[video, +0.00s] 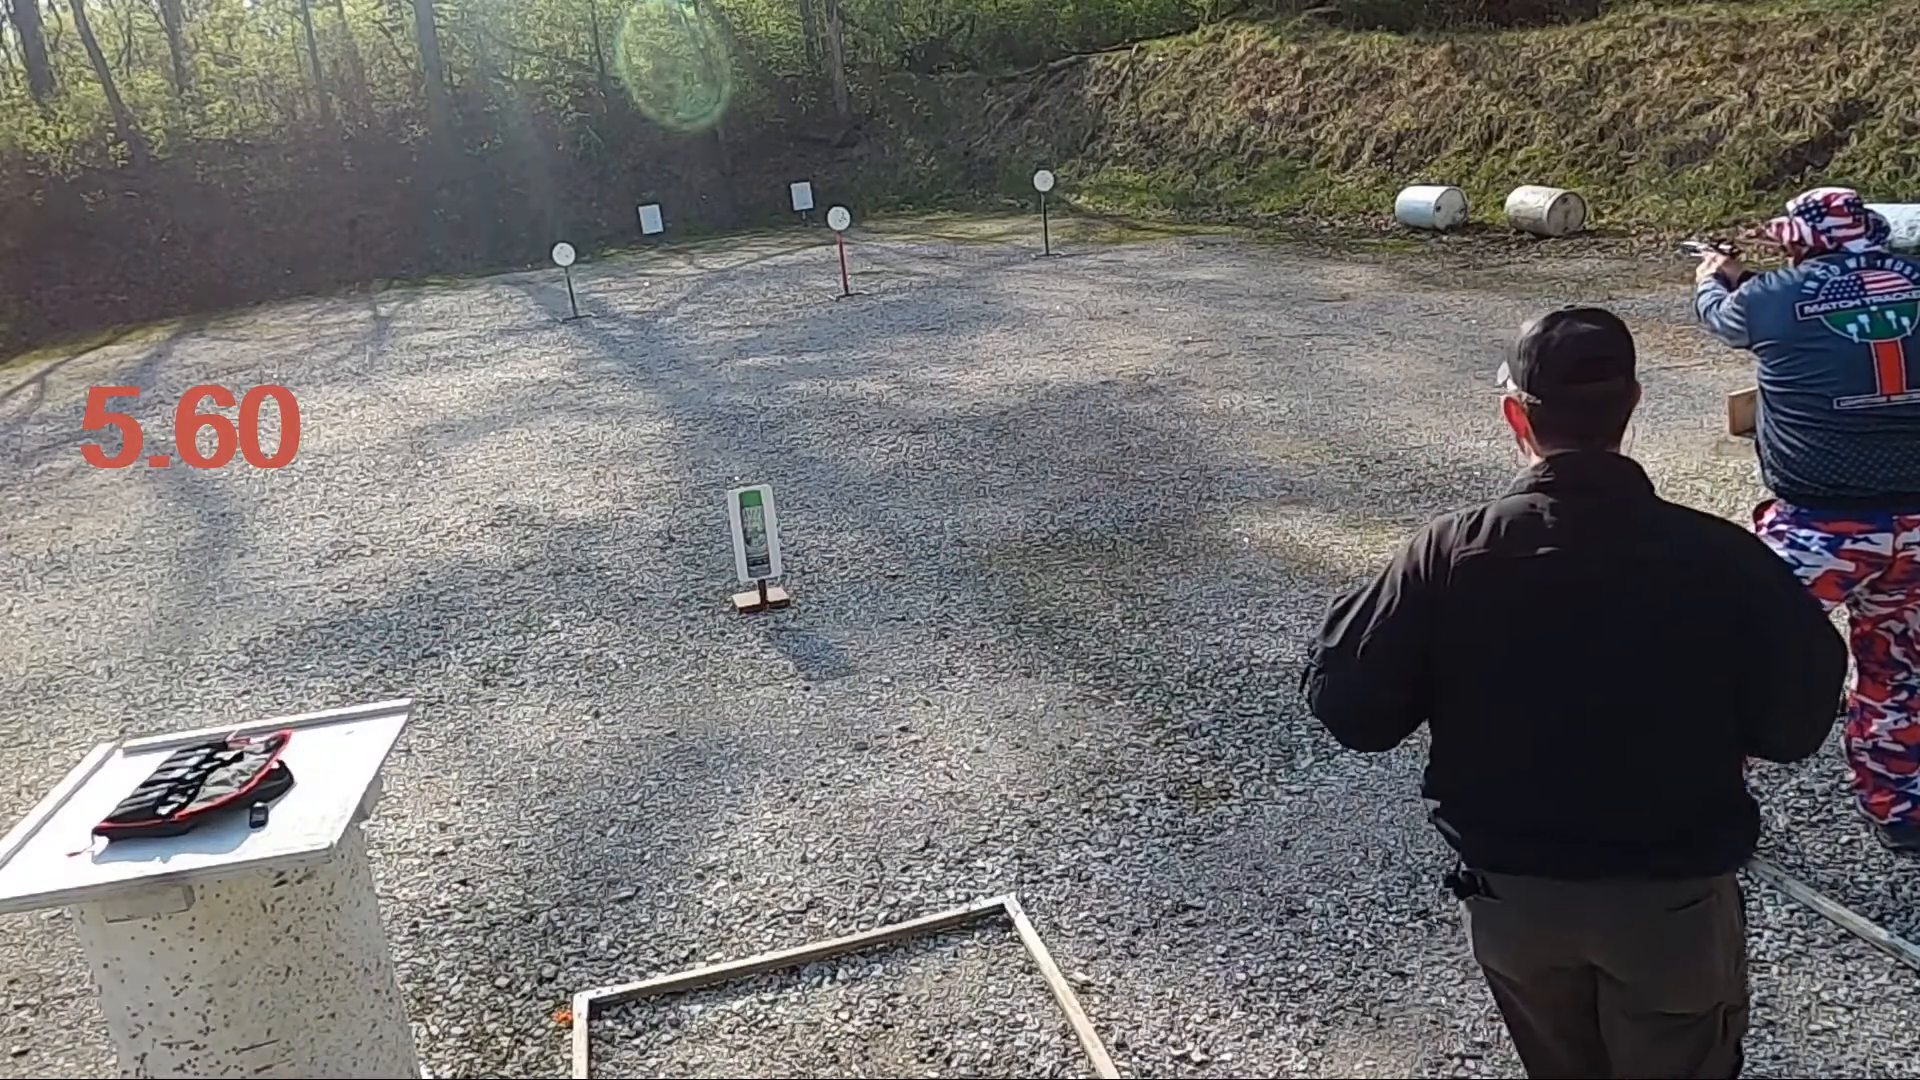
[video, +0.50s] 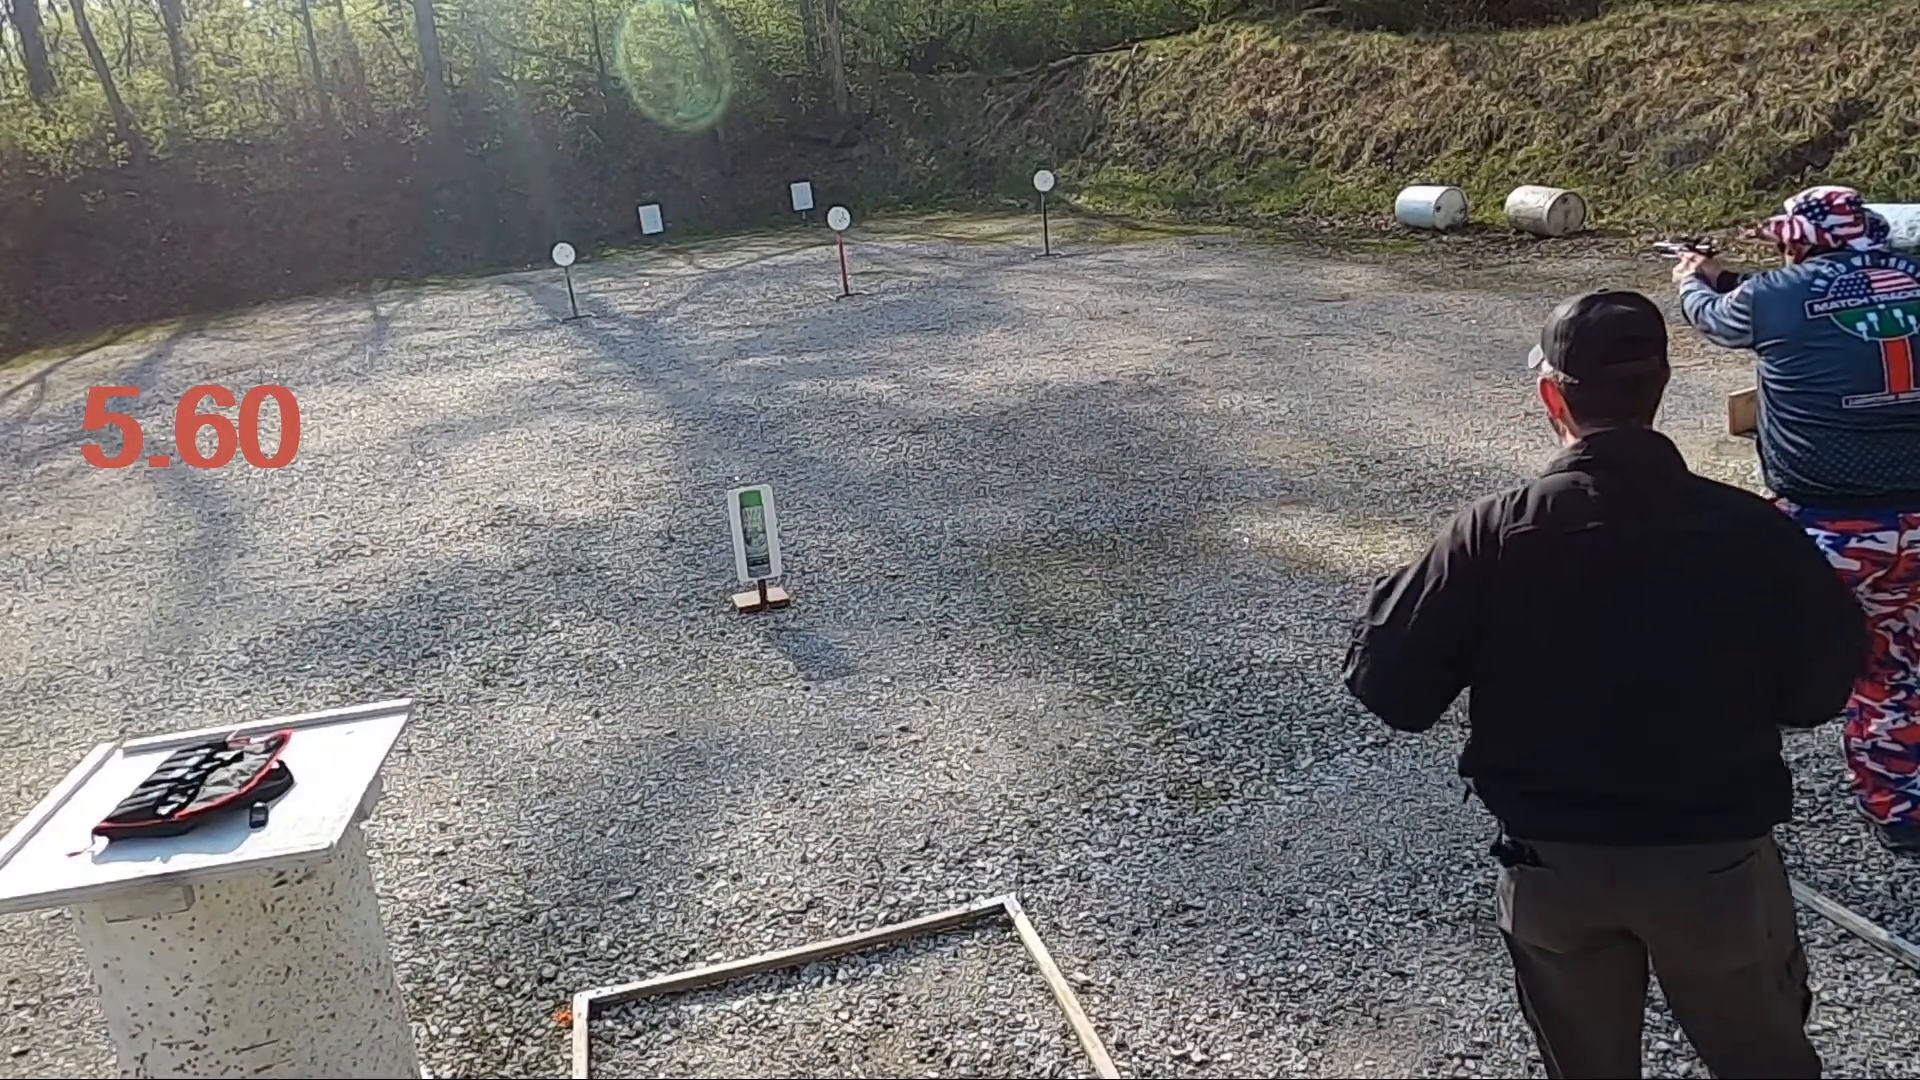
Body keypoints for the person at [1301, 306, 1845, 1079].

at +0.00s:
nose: (1509, 409)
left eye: (1509, 399)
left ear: (1518, 418)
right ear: (1632, 405)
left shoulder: (1449, 560)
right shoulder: (1727, 561)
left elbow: (1348, 704)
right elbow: (1800, 721)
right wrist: (1699, 682)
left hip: (1516, 914)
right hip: (1675, 917)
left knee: (1561, 1070)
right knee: (1679, 1068)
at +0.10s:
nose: (1510, 407)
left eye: (1513, 395)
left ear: (1522, 412)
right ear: (1633, 400)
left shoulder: (1454, 552)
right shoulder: (1729, 549)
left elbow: (1359, 698)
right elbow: (1802, 710)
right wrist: (1701, 673)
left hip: (1524, 899)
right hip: (1687, 899)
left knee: (1574, 1070)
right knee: (1710, 1067)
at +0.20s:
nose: (1520, 402)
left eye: (1520, 391)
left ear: (1527, 407)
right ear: (1637, 394)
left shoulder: (1459, 548)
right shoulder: (1733, 542)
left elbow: (1365, 692)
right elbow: (1805, 699)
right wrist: (1698, 666)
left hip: (1530, 888)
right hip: (1695, 887)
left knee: (1576, 1071)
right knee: (1751, 1060)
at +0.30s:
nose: (1526, 394)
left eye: (1525, 384)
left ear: (1535, 400)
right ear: (1645, 388)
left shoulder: (1467, 543)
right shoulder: (1737, 537)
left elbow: (1369, 686)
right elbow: (1811, 692)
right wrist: (1705, 666)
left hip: (1540, 880)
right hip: (1703, 877)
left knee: (1582, 1071)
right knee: (1760, 1055)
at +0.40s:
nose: (1534, 390)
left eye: (1533, 380)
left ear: (1543, 398)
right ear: (1652, 387)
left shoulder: (1479, 540)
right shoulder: (1746, 534)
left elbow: (1378, 685)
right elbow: (1816, 690)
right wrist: (1712, 672)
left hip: (1550, 879)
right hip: (1713, 878)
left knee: (1585, 1072)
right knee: (1761, 1062)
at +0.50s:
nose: (1543, 391)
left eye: (1543, 381)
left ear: (1553, 397)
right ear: (1661, 384)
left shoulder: (1493, 537)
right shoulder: (1756, 531)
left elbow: (1391, 687)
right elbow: (1829, 681)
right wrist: (1723, 673)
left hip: (1556, 878)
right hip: (1719, 876)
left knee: (1590, 1071)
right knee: (1771, 1065)